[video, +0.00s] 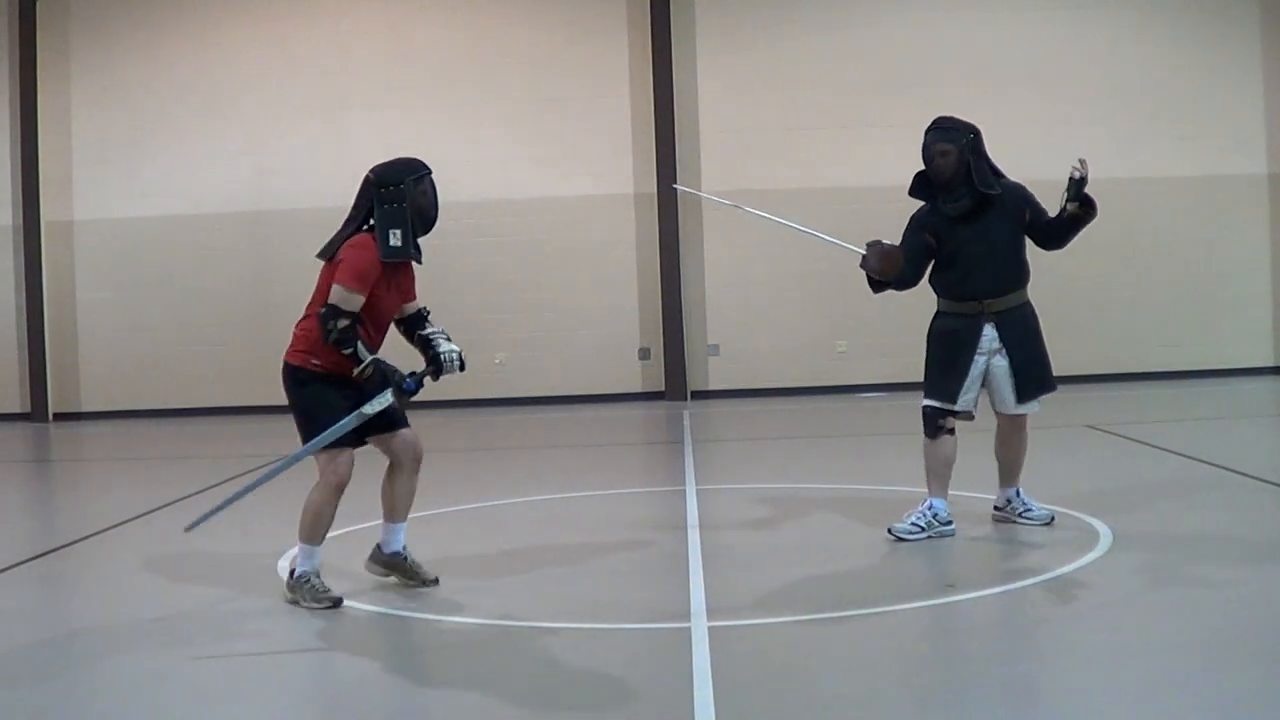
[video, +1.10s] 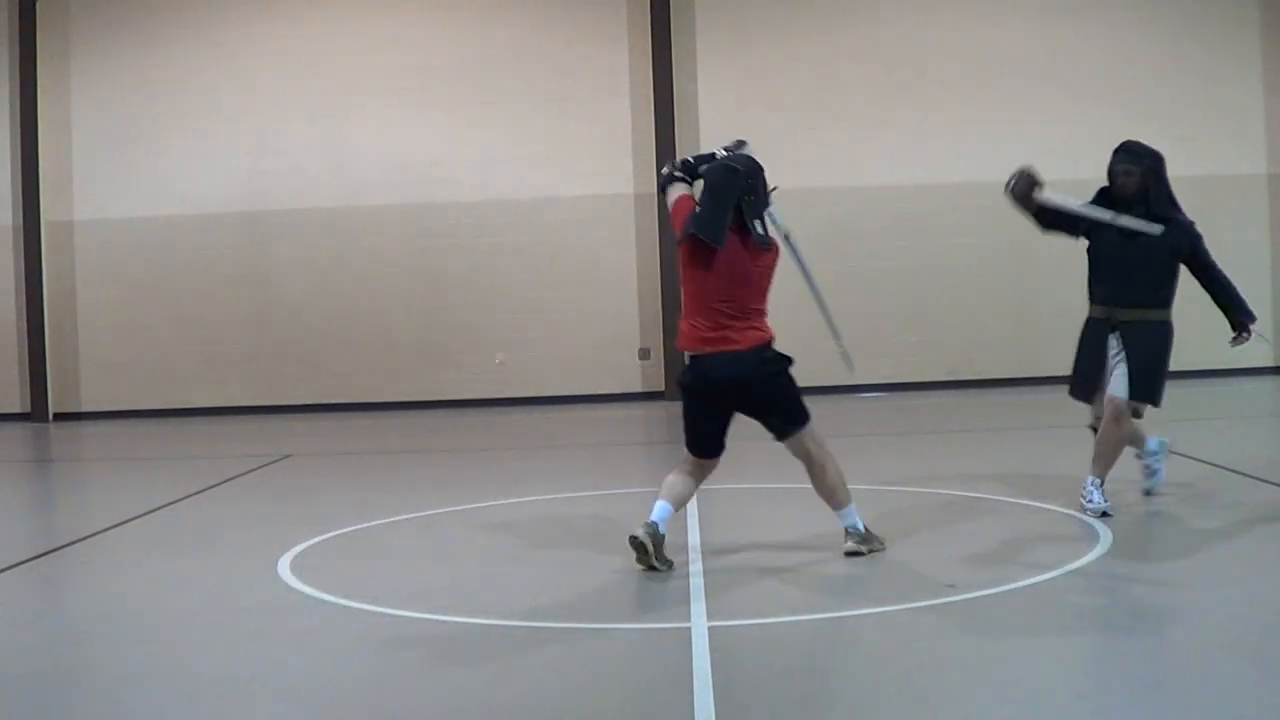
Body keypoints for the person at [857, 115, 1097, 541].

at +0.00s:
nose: (936, 163)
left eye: (944, 154)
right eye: (931, 156)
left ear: (968, 153)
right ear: (925, 161)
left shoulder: (1010, 196)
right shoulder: (928, 218)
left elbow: (1050, 237)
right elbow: (908, 274)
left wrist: (1073, 213)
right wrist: (881, 271)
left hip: (1011, 320)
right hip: (955, 324)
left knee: (1014, 412)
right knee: (937, 413)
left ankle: (1009, 497)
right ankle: (936, 508)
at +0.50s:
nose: (957, 173)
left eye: (966, 164)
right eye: (952, 165)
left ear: (989, 165)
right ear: (947, 170)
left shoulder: (1027, 211)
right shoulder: (946, 227)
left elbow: (1066, 254)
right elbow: (937, 290)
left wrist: (1088, 224)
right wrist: (913, 282)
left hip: (1022, 325)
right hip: (965, 329)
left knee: (1053, 410)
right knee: (937, 414)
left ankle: (1045, 476)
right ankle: (934, 509)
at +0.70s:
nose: (1009, 183)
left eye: (1017, 175)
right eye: (1004, 175)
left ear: (1041, 177)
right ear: (1000, 178)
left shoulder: (1075, 226)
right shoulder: (996, 225)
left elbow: (1126, 262)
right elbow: (950, 253)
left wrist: (1130, 229)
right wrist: (904, 245)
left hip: (1055, 337)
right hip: (997, 335)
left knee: (1086, 427)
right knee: (965, 421)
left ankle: (1091, 481)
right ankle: (930, 507)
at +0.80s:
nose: (1043, 179)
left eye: (1053, 172)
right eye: (1039, 171)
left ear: (1074, 175)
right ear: (1034, 175)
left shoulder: (1108, 224)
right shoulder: (1030, 223)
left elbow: (1153, 263)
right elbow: (981, 257)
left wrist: (1159, 240)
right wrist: (935, 254)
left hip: (1086, 336)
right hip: (1030, 332)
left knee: (1099, 430)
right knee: (993, 418)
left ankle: (1090, 490)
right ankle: (944, 491)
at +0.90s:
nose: (1074, 175)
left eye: (1083, 167)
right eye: (1069, 167)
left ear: (1103, 173)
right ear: (1063, 173)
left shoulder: (1131, 225)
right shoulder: (1056, 225)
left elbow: (1164, 266)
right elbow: (1030, 274)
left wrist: (1194, 273)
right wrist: (983, 290)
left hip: (1107, 334)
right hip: (1054, 331)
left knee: (1109, 421)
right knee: (1029, 414)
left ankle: (1093, 485)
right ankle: (1001, 467)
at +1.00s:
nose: (1097, 178)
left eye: (1105, 171)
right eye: (1093, 170)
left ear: (1126, 175)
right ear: (1086, 173)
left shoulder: (1152, 226)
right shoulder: (1080, 223)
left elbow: (1188, 269)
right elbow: (1049, 266)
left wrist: (1227, 302)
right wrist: (1006, 268)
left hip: (1126, 331)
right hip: (1076, 328)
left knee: (1116, 414)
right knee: (1063, 421)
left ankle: (1096, 482)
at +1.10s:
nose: (1120, 180)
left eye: (1129, 173)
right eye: (1116, 172)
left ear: (1149, 177)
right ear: (1109, 174)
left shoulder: (1172, 225)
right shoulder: (1098, 212)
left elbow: (1206, 270)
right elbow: (1058, 220)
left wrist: (1238, 314)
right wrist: (1029, 200)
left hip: (1145, 327)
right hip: (1100, 323)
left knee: (1116, 406)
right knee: (1100, 417)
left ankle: (1094, 482)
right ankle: (1149, 449)